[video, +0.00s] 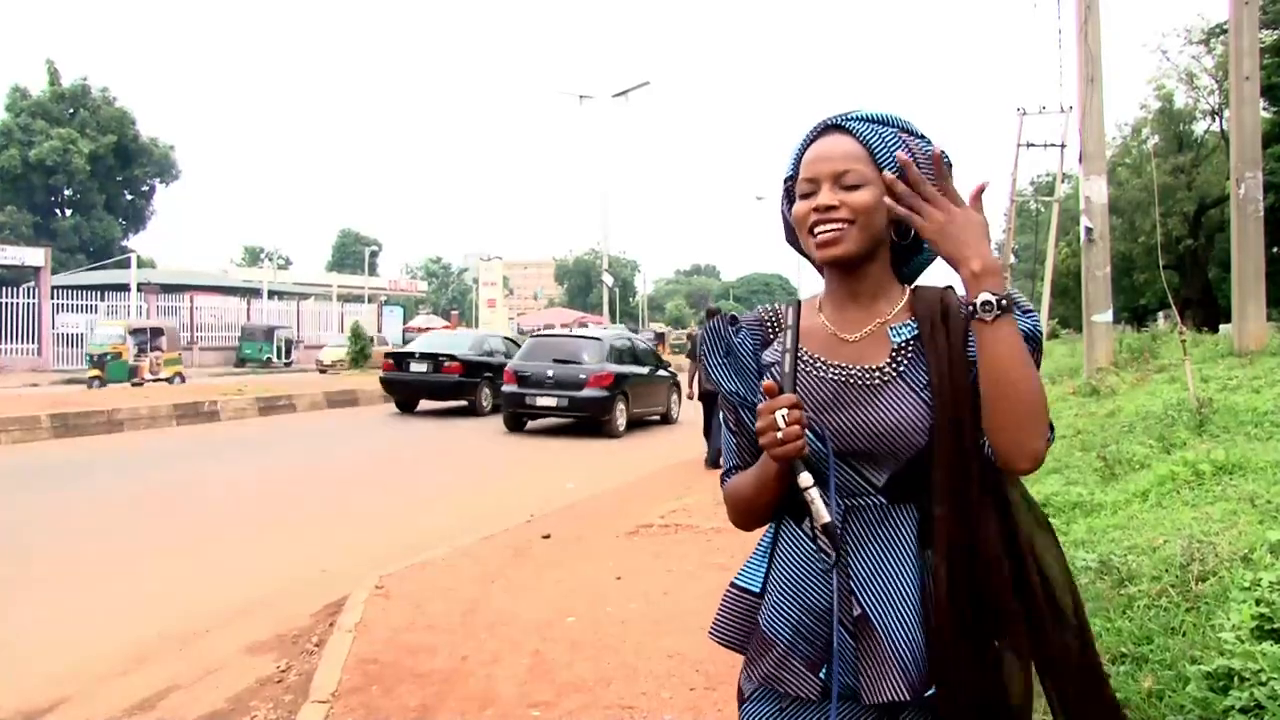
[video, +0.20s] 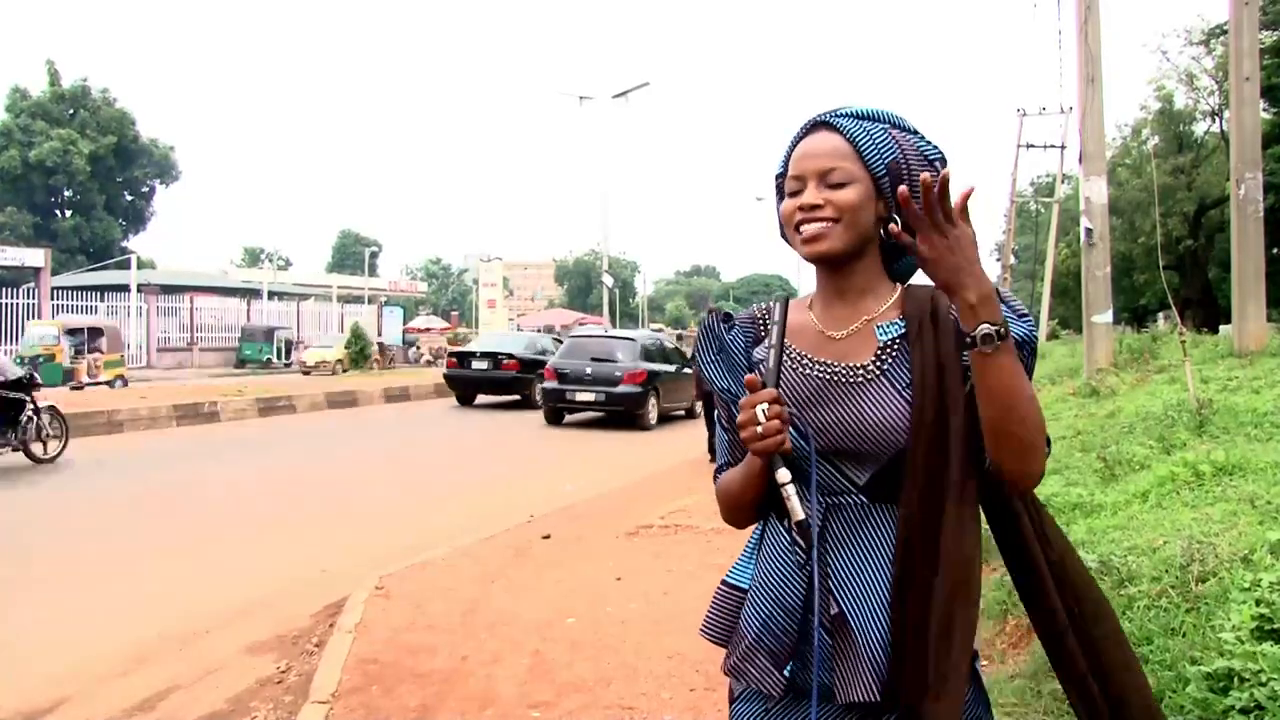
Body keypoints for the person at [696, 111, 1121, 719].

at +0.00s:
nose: (822, 203)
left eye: (849, 183)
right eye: (806, 190)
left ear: (897, 202)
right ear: (792, 216)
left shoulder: (962, 321)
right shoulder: (761, 341)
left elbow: (1023, 451)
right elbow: (741, 512)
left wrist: (980, 271)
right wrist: (775, 462)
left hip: (929, 643)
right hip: (797, 641)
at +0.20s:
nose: (808, 200)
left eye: (835, 182)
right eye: (794, 188)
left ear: (892, 203)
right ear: (781, 212)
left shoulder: (954, 318)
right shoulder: (751, 336)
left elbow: (1023, 471)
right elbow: (733, 511)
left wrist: (977, 299)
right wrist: (757, 456)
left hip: (909, 627)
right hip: (782, 626)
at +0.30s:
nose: (796, 205)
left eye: (822, 184)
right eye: (783, 191)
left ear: (877, 201)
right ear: (772, 210)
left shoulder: (947, 327)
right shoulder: (750, 338)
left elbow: (996, 492)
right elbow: (730, 511)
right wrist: (751, 462)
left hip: (904, 623)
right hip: (779, 621)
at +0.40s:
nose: (786, 206)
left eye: (812, 183)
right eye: (774, 193)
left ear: (870, 197)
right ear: (766, 209)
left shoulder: (944, 333)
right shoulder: (746, 337)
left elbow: (972, 503)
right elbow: (727, 508)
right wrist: (745, 462)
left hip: (896, 632)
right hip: (772, 631)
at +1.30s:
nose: (774, 204)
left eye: (804, 188)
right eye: (762, 186)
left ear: (847, 214)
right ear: (745, 203)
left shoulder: (909, 331)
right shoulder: (704, 336)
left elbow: (939, 505)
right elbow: (675, 507)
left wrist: (930, 441)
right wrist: (727, 459)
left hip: (873, 642)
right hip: (741, 639)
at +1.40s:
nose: (771, 201)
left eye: (801, 187)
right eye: (758, 184)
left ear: (843, 214)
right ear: (741, 202)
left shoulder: (898, 329)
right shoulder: (698, 335)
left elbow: (935, 502)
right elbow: (670, 507)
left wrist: (932, 383)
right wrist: (715, 458)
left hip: (860, 625)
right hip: (736, 624)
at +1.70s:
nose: (748, 201)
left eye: (780, 190)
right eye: (742, 182)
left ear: (823, 222)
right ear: (726, 194)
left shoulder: (877, 327)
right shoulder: (684, 338)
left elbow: (902, 482)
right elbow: (663, 516)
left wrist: (906, 306)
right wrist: (684, 458)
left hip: (837, 644)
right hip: (713, 641)